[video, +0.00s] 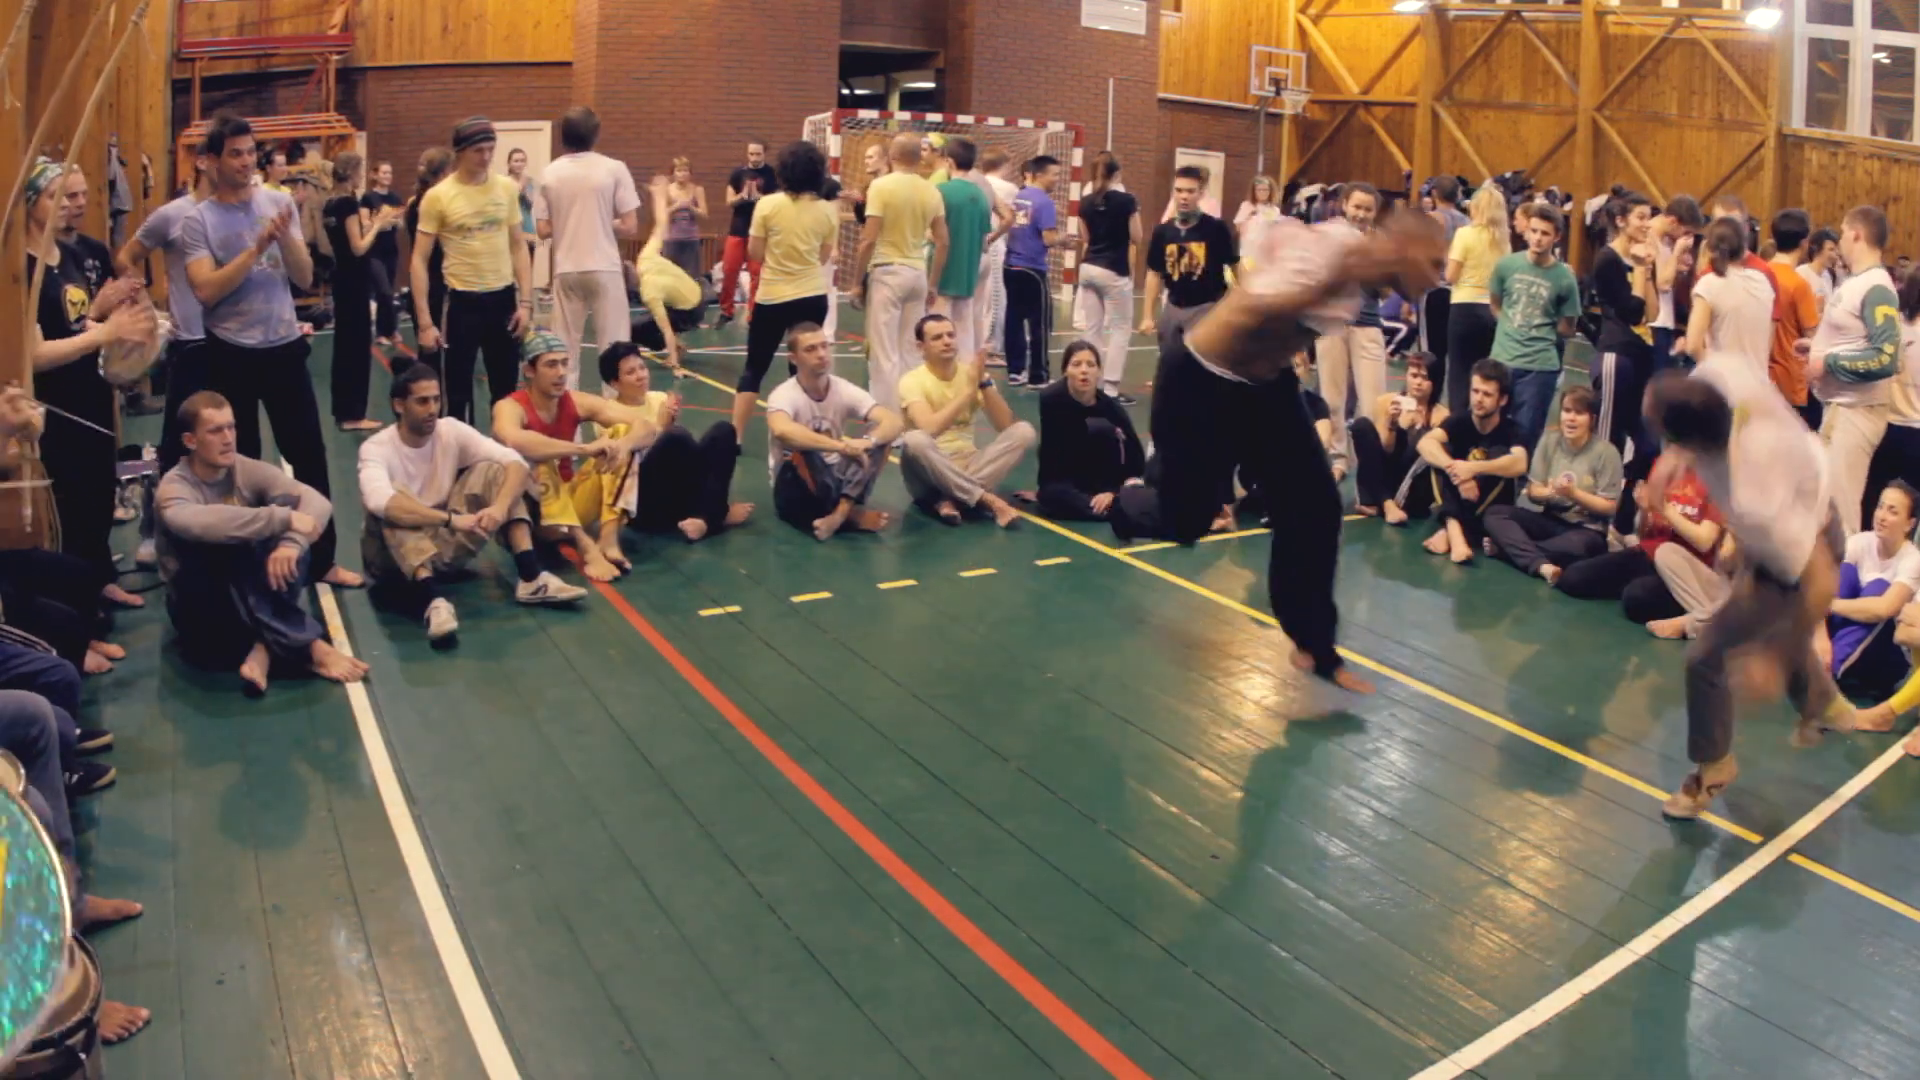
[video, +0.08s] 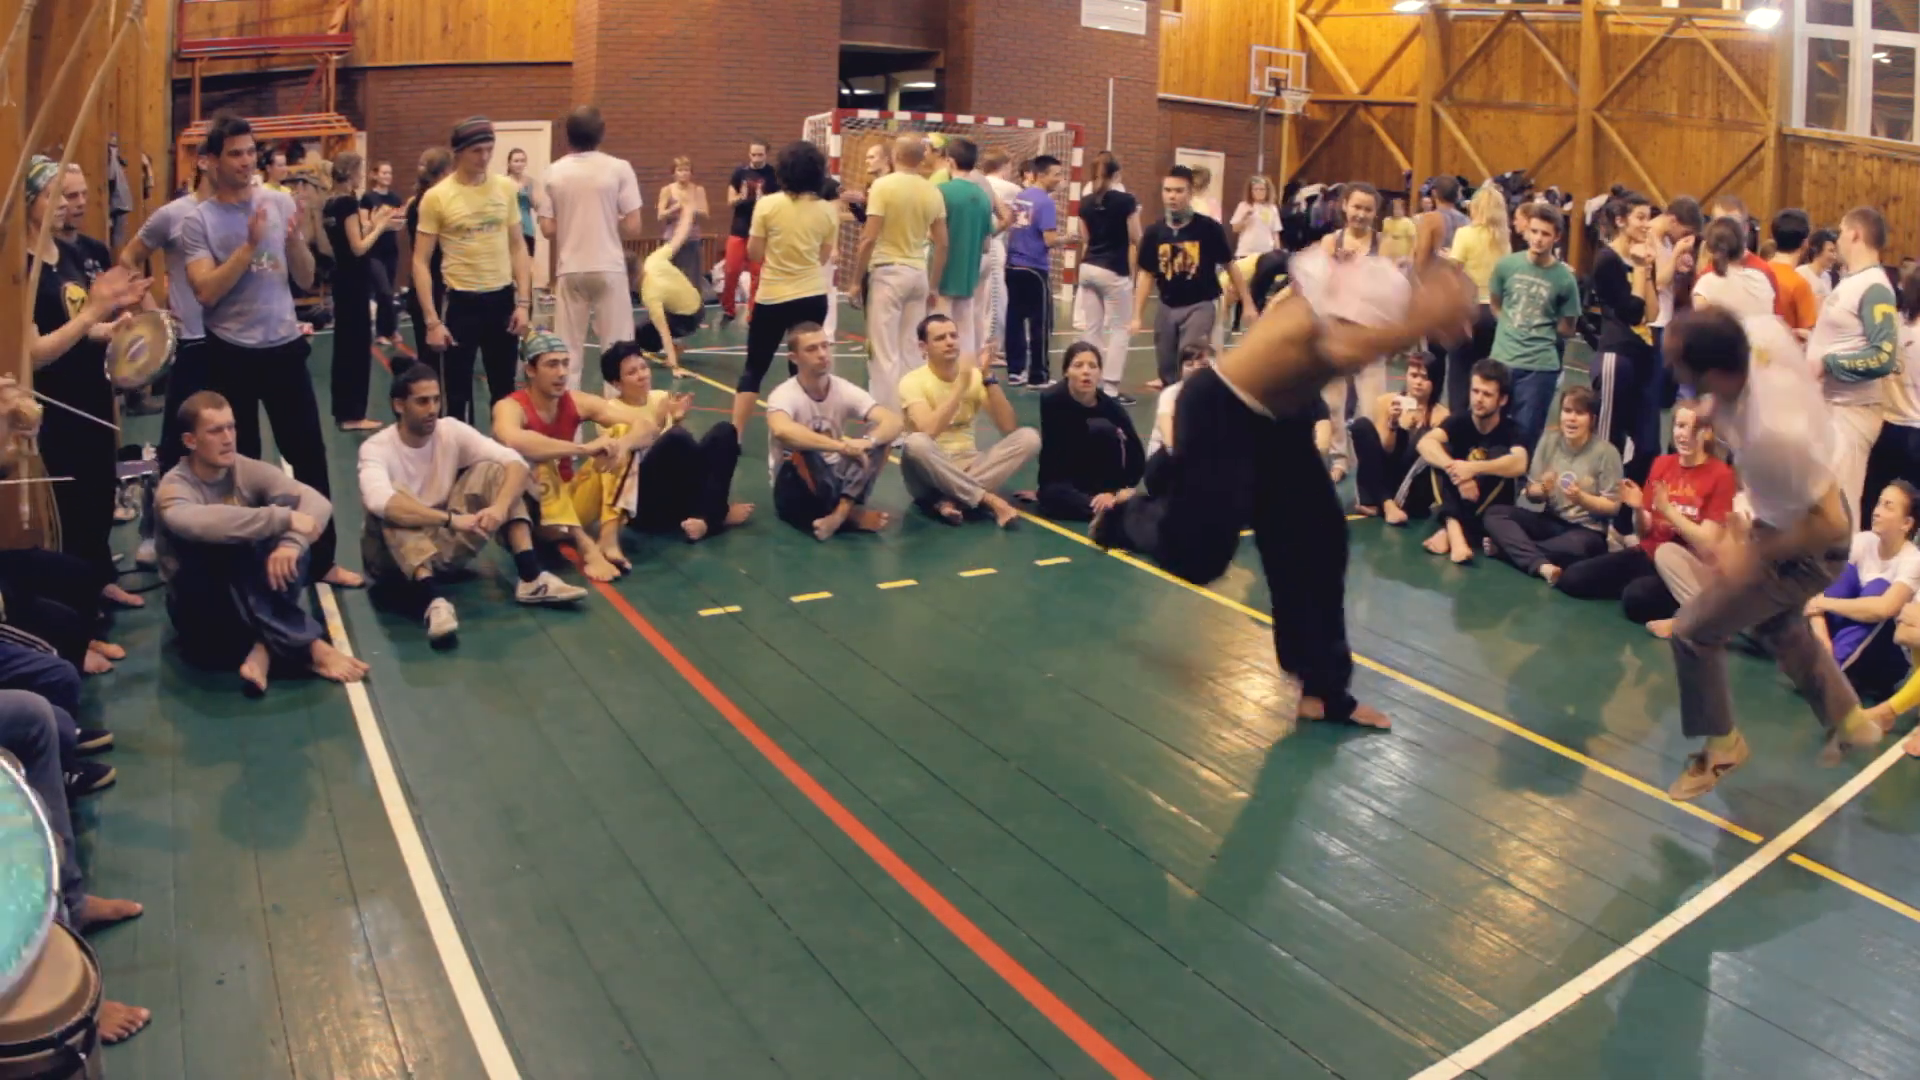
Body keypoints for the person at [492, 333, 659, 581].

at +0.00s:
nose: (561, 373)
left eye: (564, 364)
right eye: (551, 365)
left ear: (569, 366)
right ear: (529, 370)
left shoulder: (578, 402)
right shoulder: (509, 407)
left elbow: (648, 428)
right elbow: (513, 441)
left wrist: (625, 445)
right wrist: (584, 449)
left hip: (574, 505)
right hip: (527, 513)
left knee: (622, 432)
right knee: (541, 465)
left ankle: (609, 537)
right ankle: (586, 545)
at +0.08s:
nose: (561, 373)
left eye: (565, 364)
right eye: (552, 365)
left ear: (570, 366)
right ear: (530, 370)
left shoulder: (578, 402)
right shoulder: (509, 407)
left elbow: (648, 426)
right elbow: (512, 440)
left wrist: (624, 445)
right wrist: (582, 449)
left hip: (574, 505)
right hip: (528, 513)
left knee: (622, 432)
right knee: (541, 466)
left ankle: (609, 537)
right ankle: (586, 545)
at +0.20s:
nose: (563, 373)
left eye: (566, 364)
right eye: (553, 365)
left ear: (570, 366)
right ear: (530, 370)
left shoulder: (579, 403)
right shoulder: (509, 407)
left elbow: (645, 426)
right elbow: (513, 441)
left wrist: (622, 442)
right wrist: (583, 447)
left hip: (573, 507)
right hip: (528, 511)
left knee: (620, 436)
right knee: (542, 465)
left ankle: (609, 538)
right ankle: (586, 545)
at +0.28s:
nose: (563, 373)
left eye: (566, 365)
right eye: (553, 365)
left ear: (571, 366)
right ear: (531, 369)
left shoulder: (581, 403)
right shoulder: (510, 408)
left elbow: (646, 428)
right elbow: (513, 441)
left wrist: (623, 441)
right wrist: (582, 446)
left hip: (573, 506)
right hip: (528, 513)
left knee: (620, 442)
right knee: (541, 464)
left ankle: (609, 538)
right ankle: (586, 546)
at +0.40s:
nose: (563, 374)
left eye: (567, 365)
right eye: (554, 366)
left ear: (572, 366)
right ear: (531, 369)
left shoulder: (582, 403)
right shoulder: (509, 408)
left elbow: (646, 428)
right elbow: (513, 441)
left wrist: (624, 442)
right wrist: (583, 445)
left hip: (573, 505)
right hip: (528, 512)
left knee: (621, 440)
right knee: (542, 466)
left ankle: (609, 538)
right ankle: (587, 546)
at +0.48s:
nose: (563, 374)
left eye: (567, 366)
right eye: (554, 366)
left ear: (572, 367)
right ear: (532, 370)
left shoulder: (582, 403)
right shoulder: (510, 408)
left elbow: (646, 428)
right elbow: (515, 442)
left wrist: (625, 444)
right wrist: (583, 446)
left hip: (572, 505)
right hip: (527, 512)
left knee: (622, 441)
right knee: (542, 465)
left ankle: (609, 538)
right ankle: (587, 546)